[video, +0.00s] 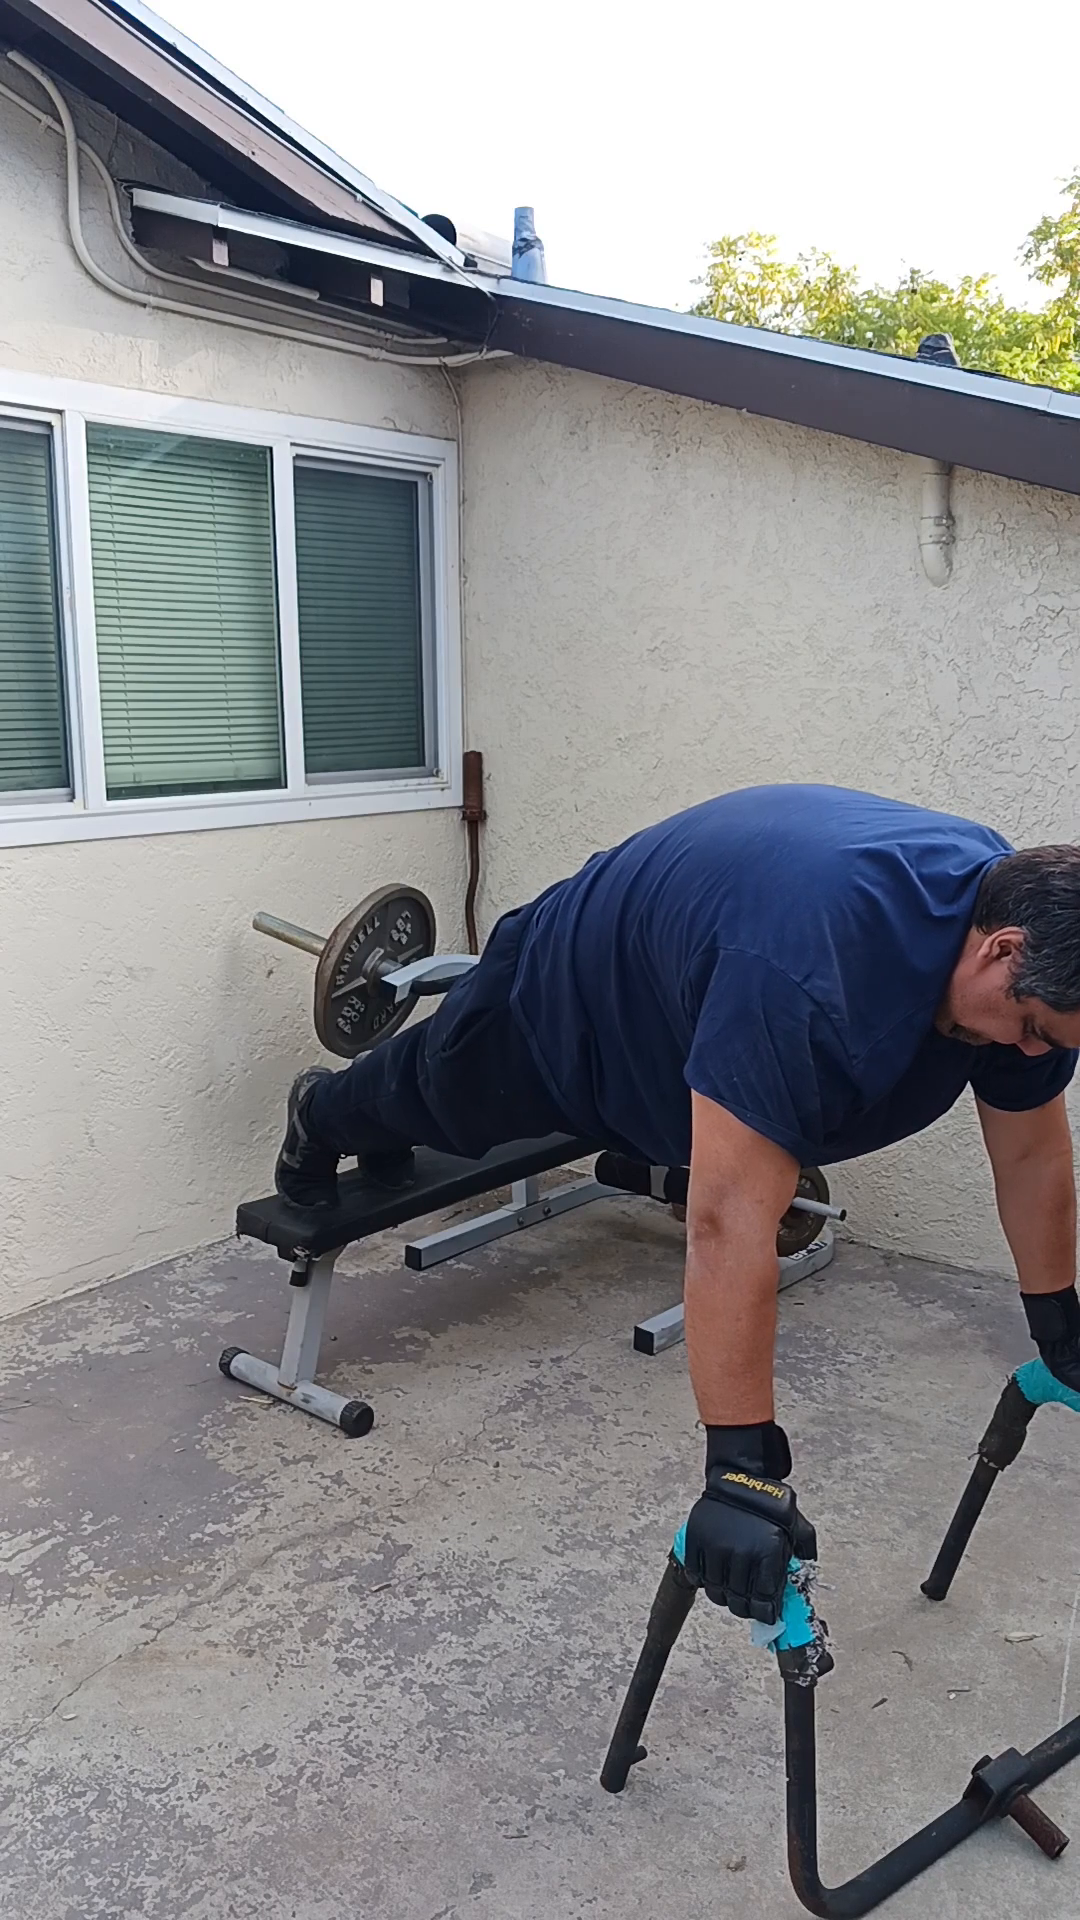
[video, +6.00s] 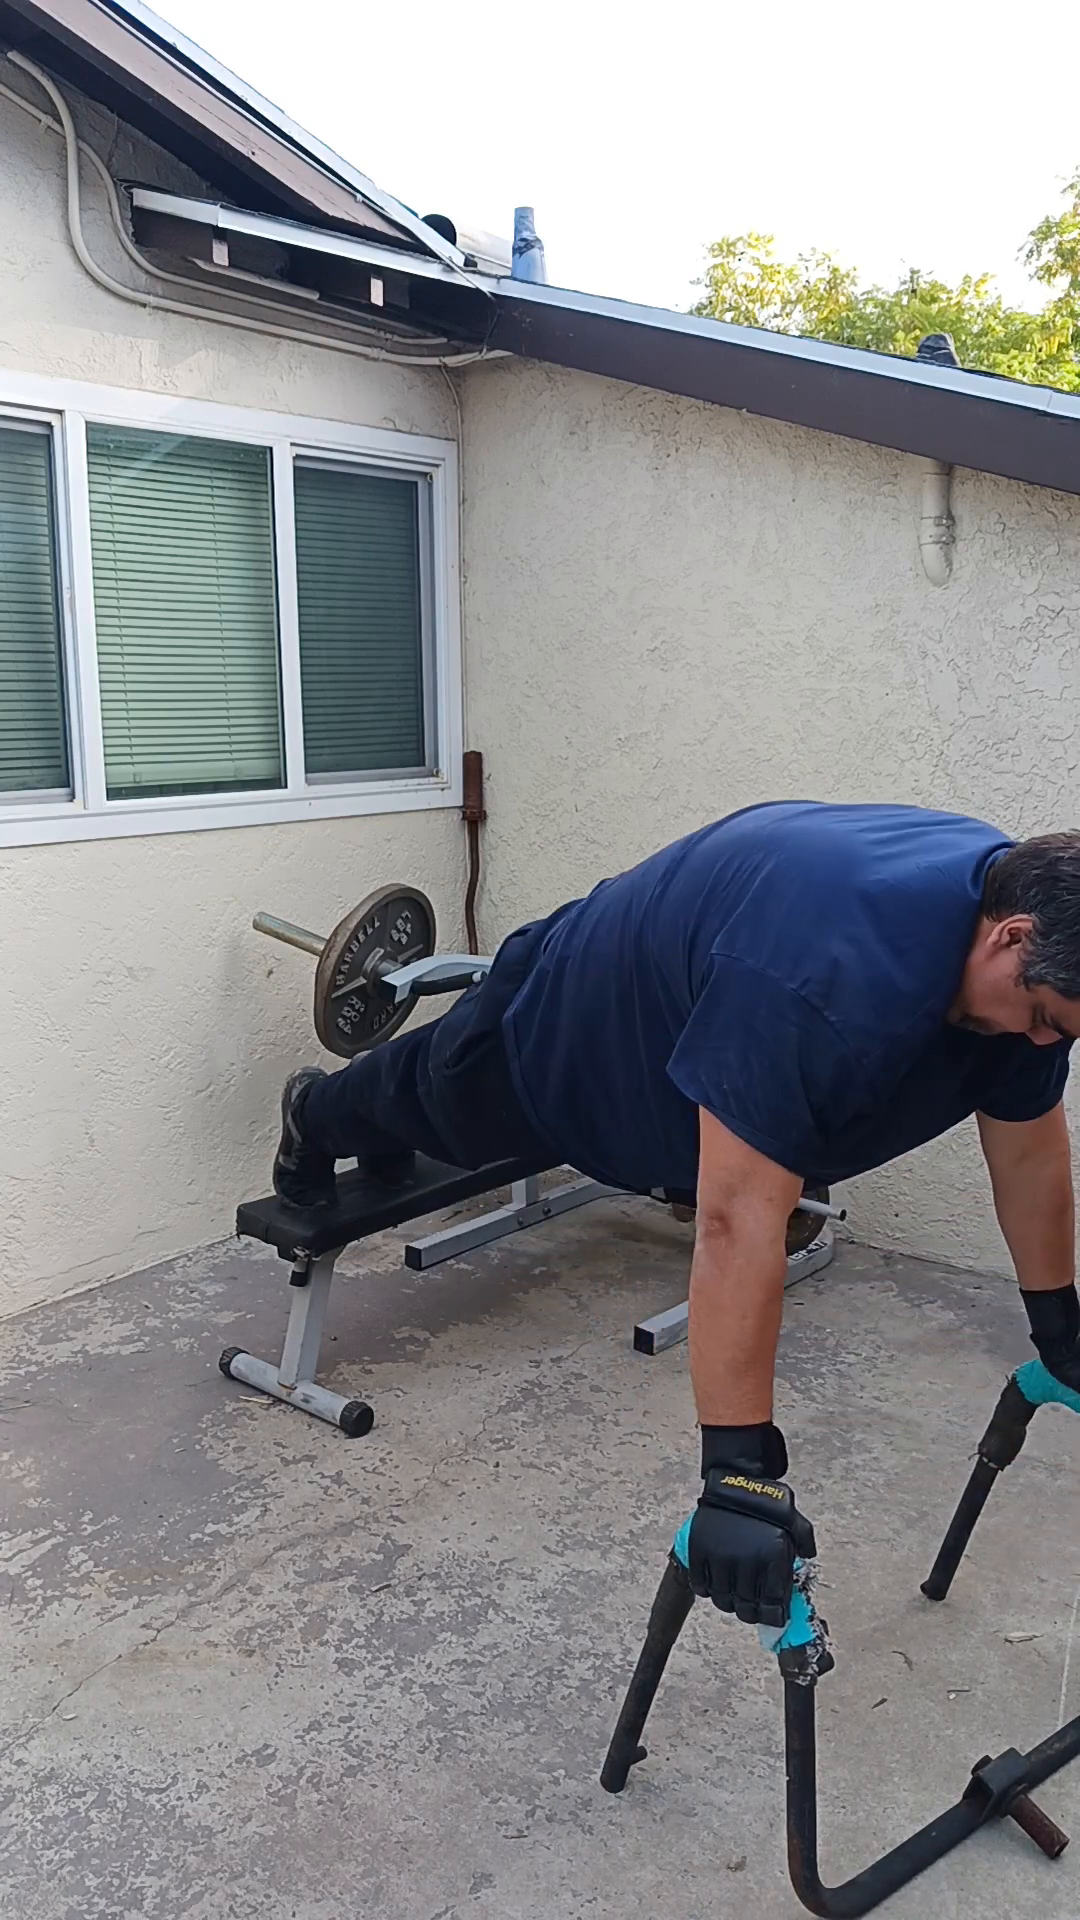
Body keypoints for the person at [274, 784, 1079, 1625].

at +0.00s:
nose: (1041, 1052)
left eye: (1056, 1040)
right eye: (1038, 1029)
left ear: (1013, 946)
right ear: (994, 953)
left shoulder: (1028, 964)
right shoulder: (810, 951)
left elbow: (1036, 1159)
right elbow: (727, 1218)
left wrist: (1058, 1325)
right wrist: (743, 1469)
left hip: (700, 997)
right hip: (573, 987)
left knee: (499, 1089)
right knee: (430, 1082)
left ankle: (390, 1123)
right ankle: (319, 1113)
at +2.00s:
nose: (1054, 1023)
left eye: (1072, 1007)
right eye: (1055, 993)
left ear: (1020, 915)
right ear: (1011, 918)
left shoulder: (1023, 958)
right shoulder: (818, 974)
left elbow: (1039, 1151)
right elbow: (736, 1223)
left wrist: (1059, 1321)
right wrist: (740, 1472)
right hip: (600, 995)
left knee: (516, 1100)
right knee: (440, 1078)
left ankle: (394, 1127)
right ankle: (317, 1114)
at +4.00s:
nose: (1054, 1029)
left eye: (1072, 1015)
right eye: (1057, 1000)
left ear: (1023, 924)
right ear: (1013, 926)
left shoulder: (1023, 965)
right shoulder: (819, 978)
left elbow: (1036, 1147)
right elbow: (737, 1225)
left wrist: (1057, 1320)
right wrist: (740, 1473)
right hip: (594, 1008)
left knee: (509, 1106)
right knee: (437, 1080)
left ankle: (404, 1134)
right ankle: (320, 1113)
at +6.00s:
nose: (1041, 1048)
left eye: (1061, 1035)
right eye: (1044, 1020)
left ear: (1016, 938)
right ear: (1004, 940)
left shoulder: (1017, 957)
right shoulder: (810, 973)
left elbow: (1033, 1147)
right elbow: (733, 1225)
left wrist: (1056, 1318)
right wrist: (739, 1475)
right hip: (584, 1005)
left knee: (508, 1097)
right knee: (428, 1080)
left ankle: (396, 1127)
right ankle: (314, 1112)